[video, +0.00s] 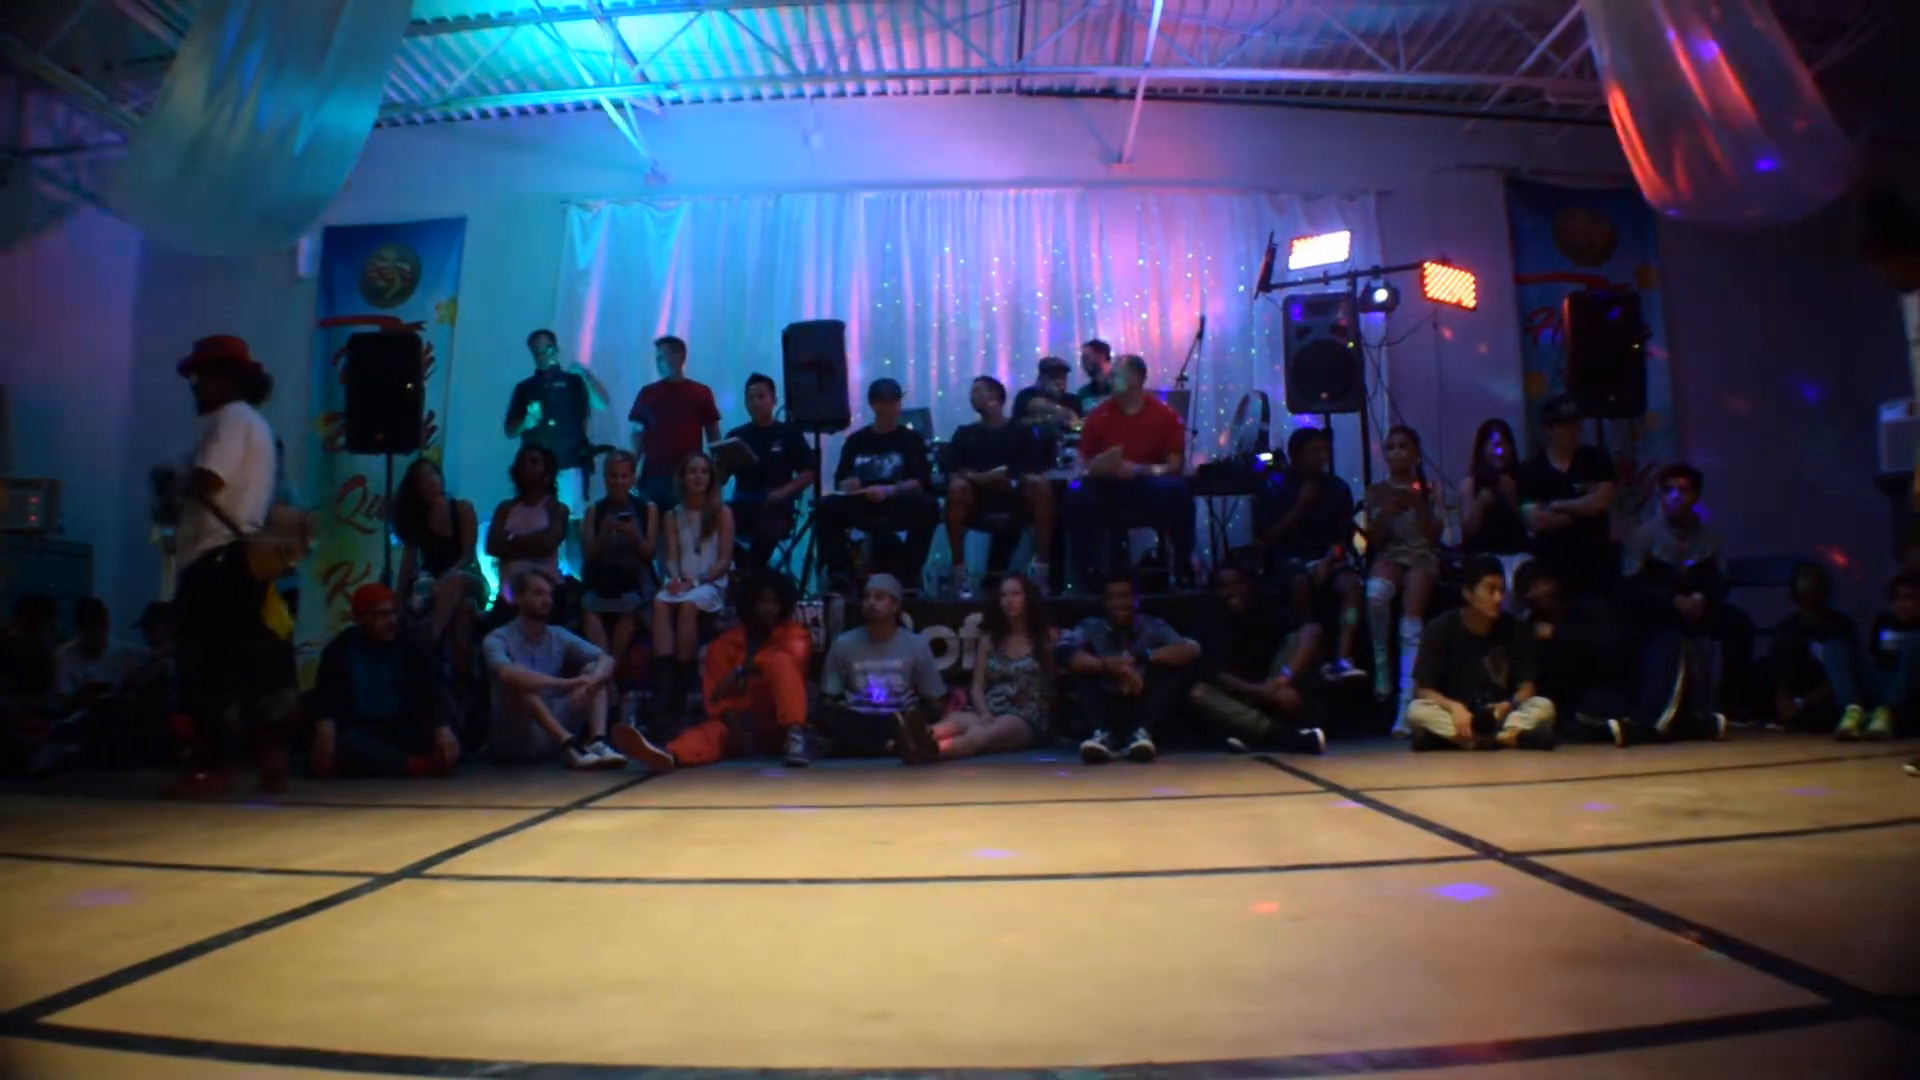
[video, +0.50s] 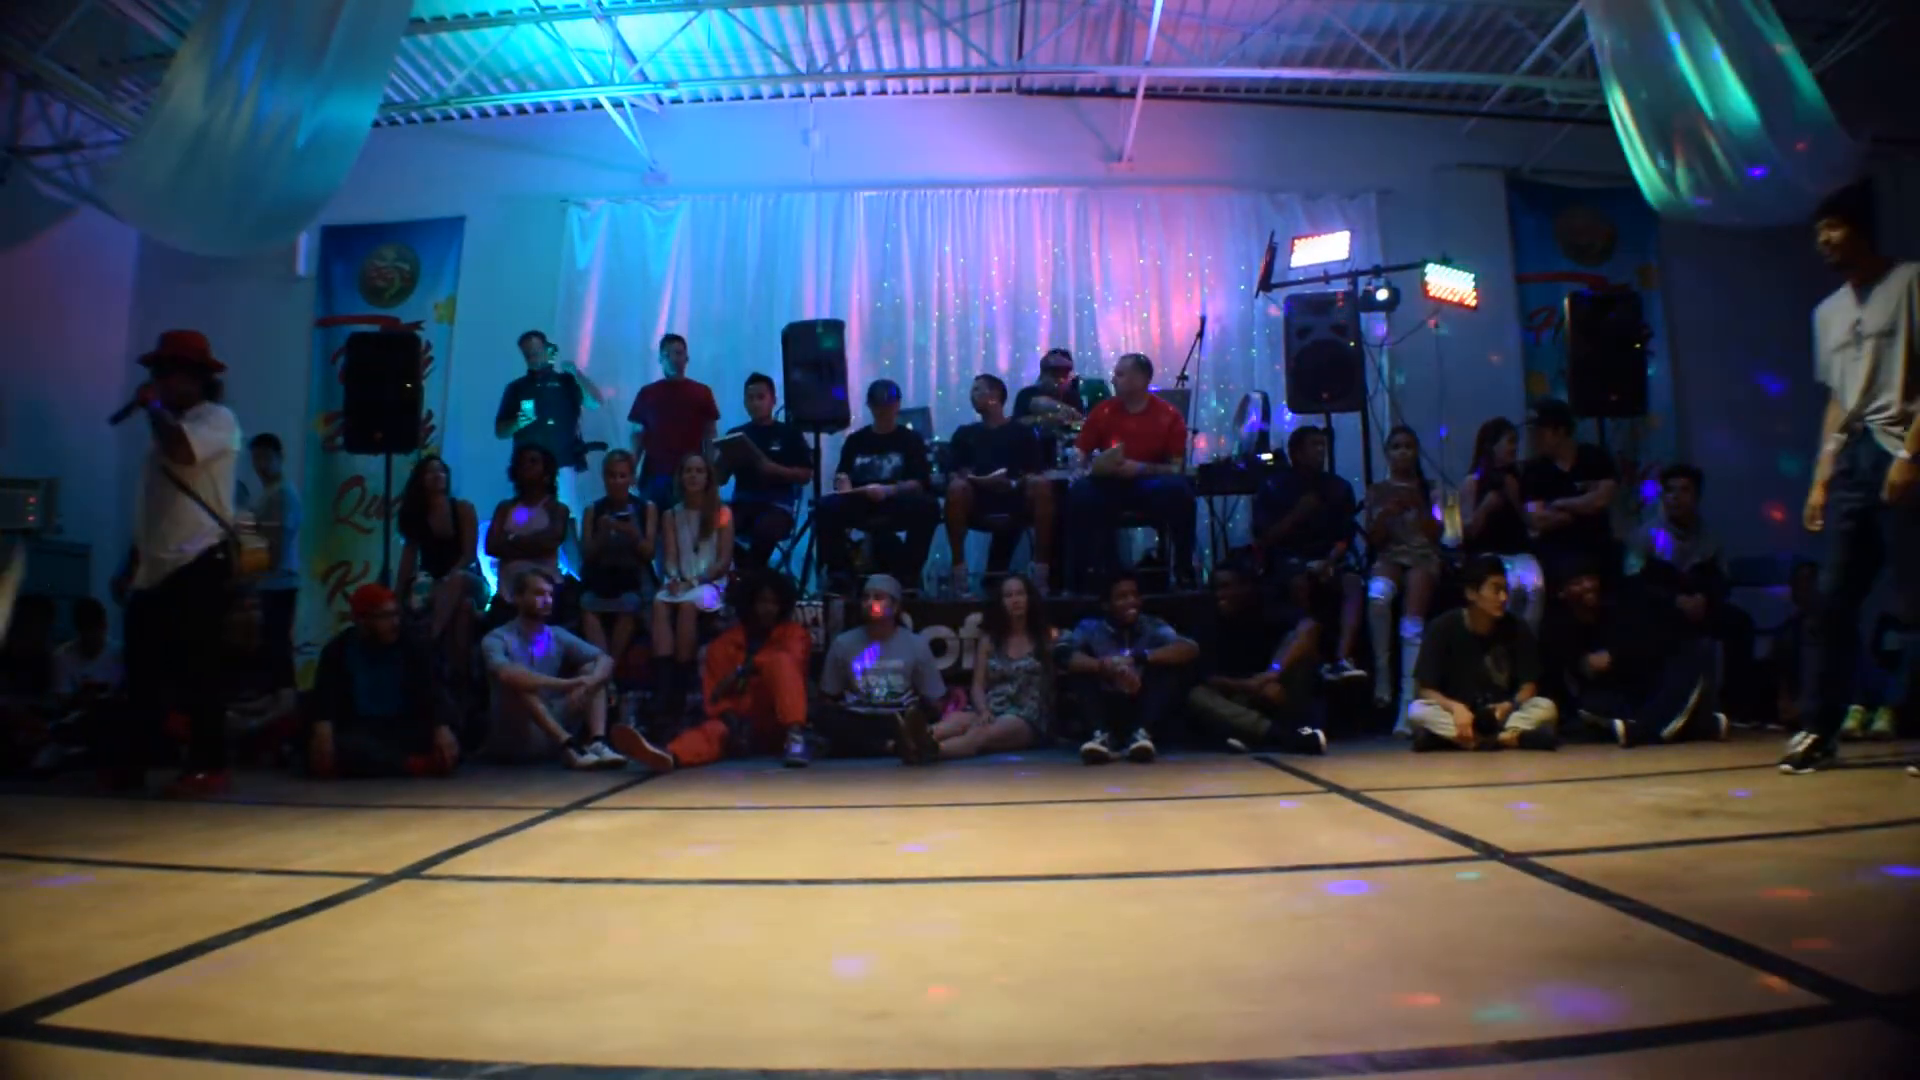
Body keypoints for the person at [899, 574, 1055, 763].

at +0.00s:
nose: (1008, 601)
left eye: (1015, 594)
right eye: (1004, 595)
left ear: (1029, 598)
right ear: (998, 601)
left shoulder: (1042, 639)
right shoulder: (990, 640)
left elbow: (1052, 684)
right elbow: (977, 686)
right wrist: (985, 714)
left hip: (1027, 714)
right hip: (991, 710)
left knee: (984, 735)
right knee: (956, 720)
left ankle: (932, 751)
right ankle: (921, 736)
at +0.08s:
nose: (1011, 601)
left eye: (1016, 594)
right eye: (1005, 596)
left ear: (1029, 598)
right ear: (999, 601)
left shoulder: (1044, 639)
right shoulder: (989, 641)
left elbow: (1052, 682)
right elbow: (977, 686)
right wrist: (984, 712)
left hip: (1027, 713)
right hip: (991, 709)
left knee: (981, 737)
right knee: (953, 722)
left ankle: (931, 752)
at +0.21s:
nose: (1013, 601)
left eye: (1019, 594)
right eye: (1007, 596)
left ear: (1029, 598)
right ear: (999, 602)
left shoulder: (1043, 639)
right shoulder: (989, 641)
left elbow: (1053, 682)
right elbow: (977, 686)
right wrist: (984, 711)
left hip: (1027, 713)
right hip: (991, 710)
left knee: (985, 736)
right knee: (953, 723)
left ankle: (932, 752)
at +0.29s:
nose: (1014, 601)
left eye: (1019, 594)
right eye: (1008, 596)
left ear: (1030, 598)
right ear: (1000, 602)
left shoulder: (1045, 638)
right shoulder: (989, 640)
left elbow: (1054, 680)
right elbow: (977, 688)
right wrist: (984, 711)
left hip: (1028, 712)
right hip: (991, 710)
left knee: (981, 736)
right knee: (954, 722)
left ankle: (930, 752)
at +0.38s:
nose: (1014, 601)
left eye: (1019, 594)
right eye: (1008, 596)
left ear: (1030, 598)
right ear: (1000, 601)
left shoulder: (1046, 637)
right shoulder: (989, 641)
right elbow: (977, 687)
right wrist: (984, 712)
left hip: (1028, 713)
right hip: (992, 710)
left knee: (981, 737)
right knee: (956, 721)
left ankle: (930, 752)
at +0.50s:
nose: (1015, 600)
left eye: (1020, 594)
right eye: (1009, 596)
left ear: (1030, 598)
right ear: (1001, 602)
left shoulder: (1043, 638)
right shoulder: (989, 640)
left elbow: (1053, 681)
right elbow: (978, 686)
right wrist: (984, 711)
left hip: (1029, 713)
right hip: (993, 711)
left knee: (980, 736)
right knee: (956, 720)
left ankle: (931, 752)